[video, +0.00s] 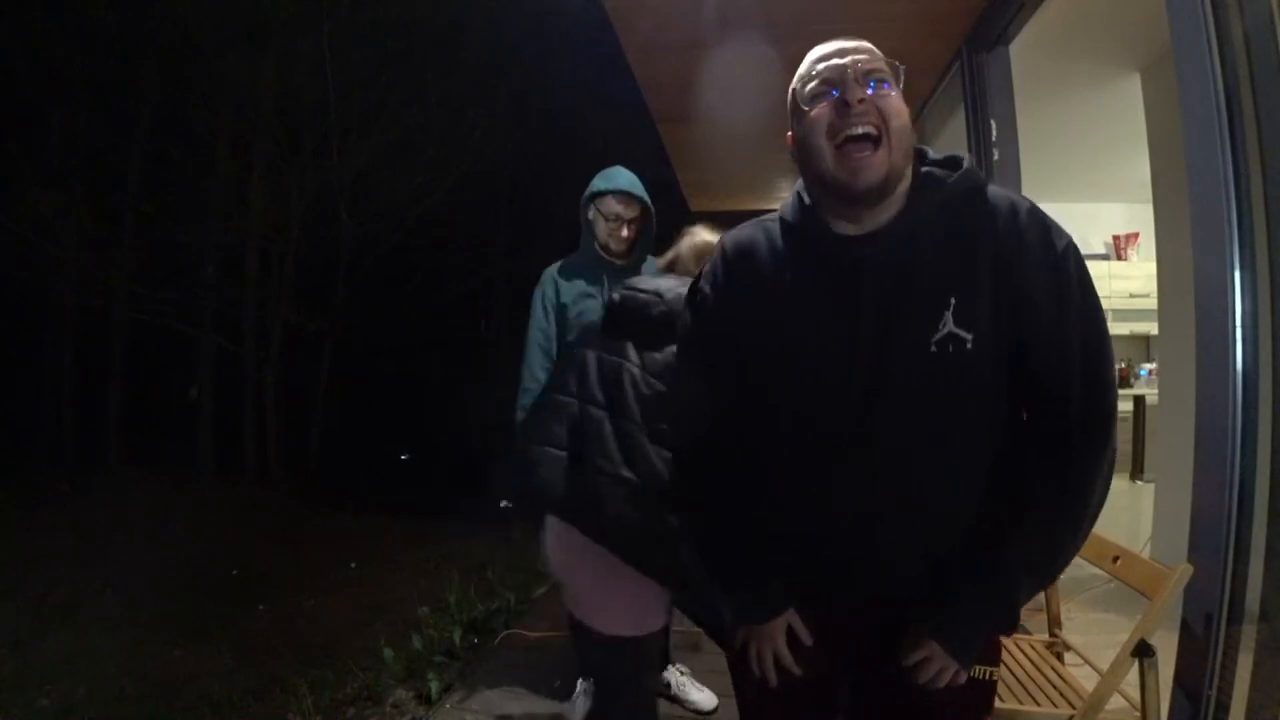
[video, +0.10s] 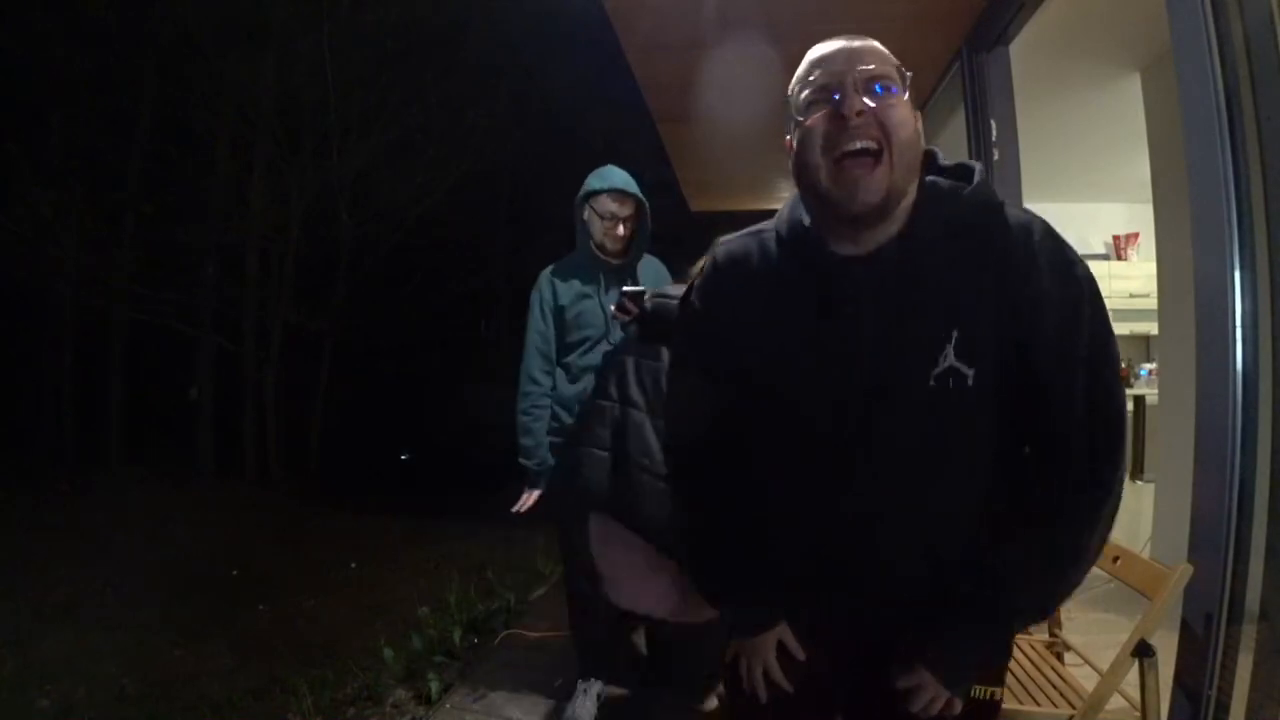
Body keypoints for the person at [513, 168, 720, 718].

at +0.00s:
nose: (622, 230)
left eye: (632, 221)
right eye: (611, 218)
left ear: (645, 229)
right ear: (589, 217)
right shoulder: (559, 282)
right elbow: (536, 378)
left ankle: (664, 665)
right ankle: (587, 678)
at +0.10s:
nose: (619, 229)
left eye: (628, 219)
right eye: (608, 218)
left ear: (640, 221)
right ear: (585, 218)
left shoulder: (657, 276)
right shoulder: (557, 282)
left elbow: (676, 361)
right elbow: (536, 377)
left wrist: (677, 443)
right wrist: (535, 465)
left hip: (646, 444)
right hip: (578, 447)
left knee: (649, 553)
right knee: (584, 565)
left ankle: (663, 675)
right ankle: (590, 675)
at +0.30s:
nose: (619, 227)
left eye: (626, 216)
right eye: (606, 216)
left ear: (636, 220)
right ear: (582, 219)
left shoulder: (651, 274)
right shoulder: (552, 285)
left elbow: (678, 357)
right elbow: (536, 384)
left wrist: (643, 327)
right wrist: (544, 468)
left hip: (643, 452)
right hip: (578, 458)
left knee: (656, 561)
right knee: (584, 573)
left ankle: (663, 665)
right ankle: (590, 674)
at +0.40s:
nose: (619, 227)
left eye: (626, 216)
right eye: (606, 217)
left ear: (634, 219)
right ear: (580, 219)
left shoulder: (649, 273)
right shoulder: (551, 286)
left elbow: (679, 358)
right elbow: (536, 385)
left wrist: (645, 331)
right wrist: (547, 470)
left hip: (645, 450)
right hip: (579, 455)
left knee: (656, 558)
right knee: (585, 572)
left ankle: (661, 659)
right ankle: (589, 675)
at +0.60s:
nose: (570, 244)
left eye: (581, 231)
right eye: (557, 232)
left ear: (608, 233)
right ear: (547, 240)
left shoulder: (640, 285)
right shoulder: (549, 295)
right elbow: (538, 396)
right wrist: (552, 476)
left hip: (642, 461)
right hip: (582, 464)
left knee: (653, 569)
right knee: (583, 575)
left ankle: (664, 670)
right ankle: (592, 675)